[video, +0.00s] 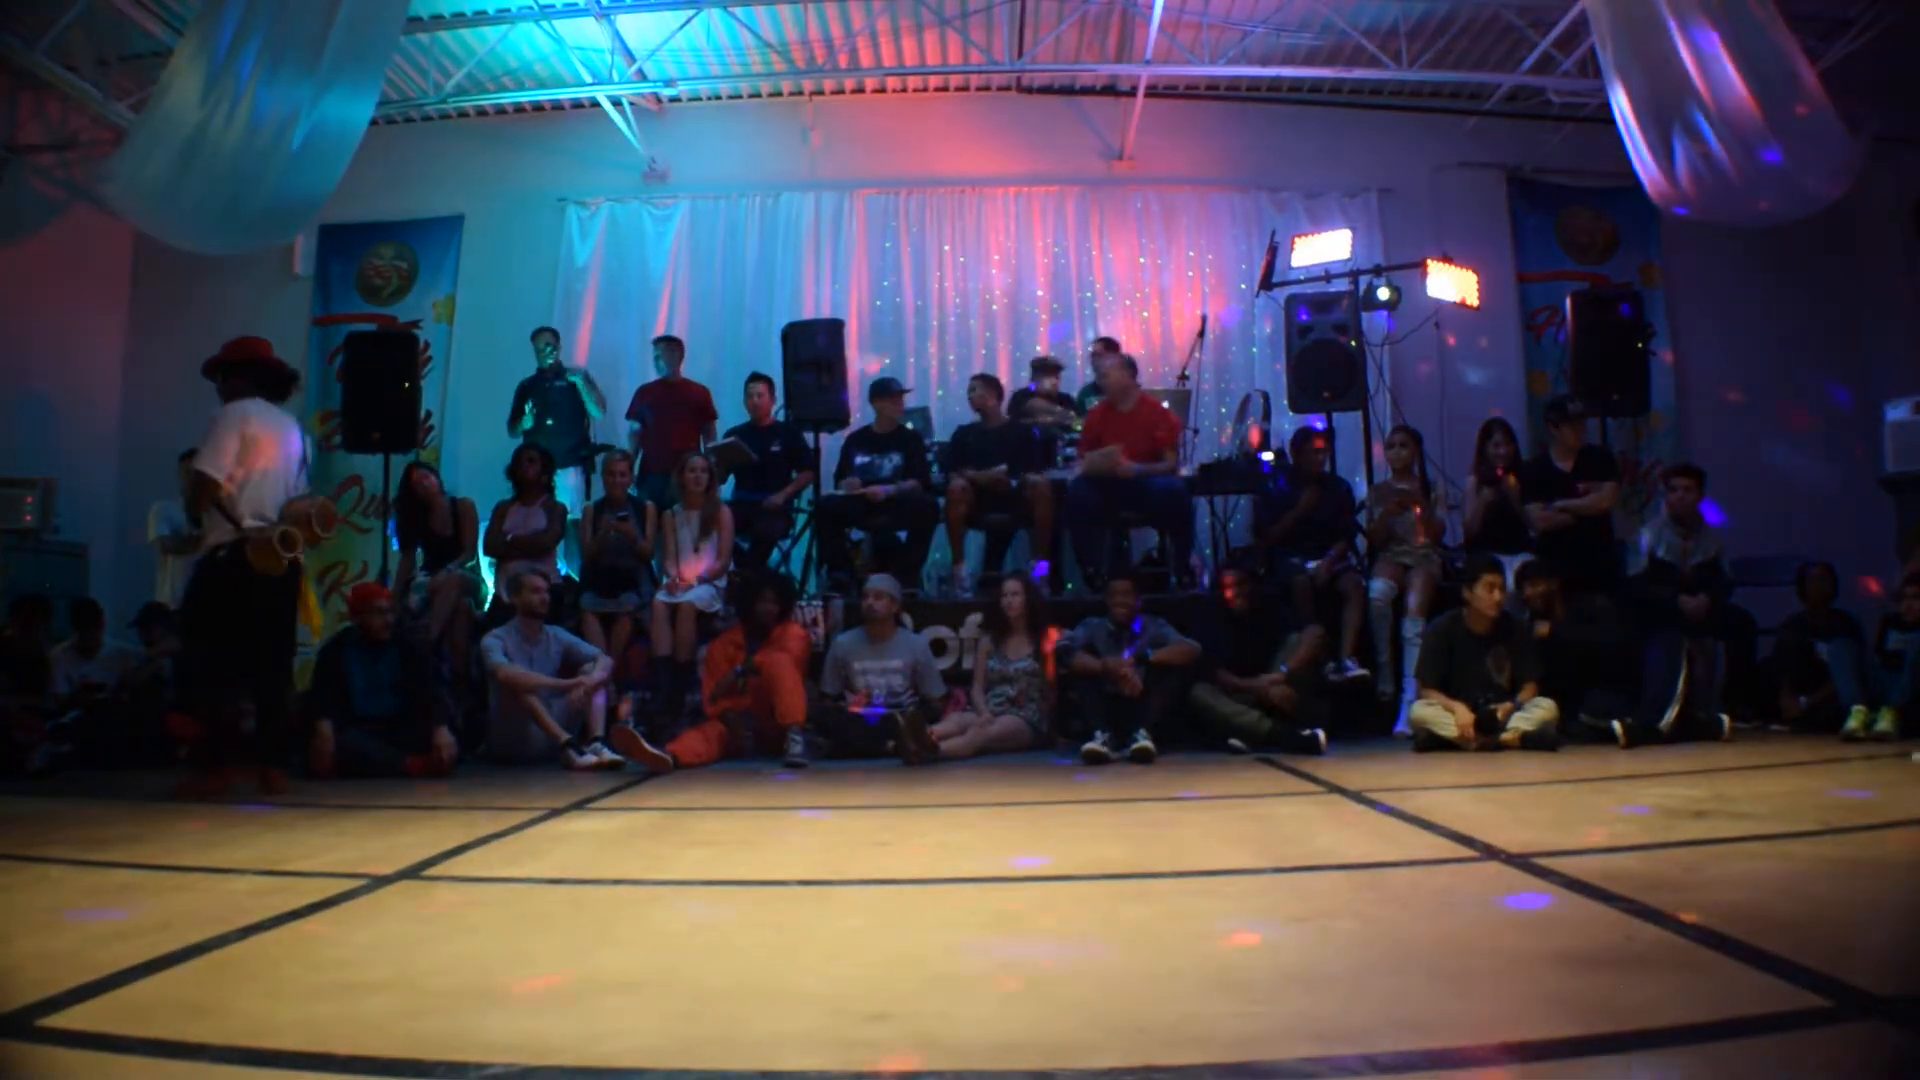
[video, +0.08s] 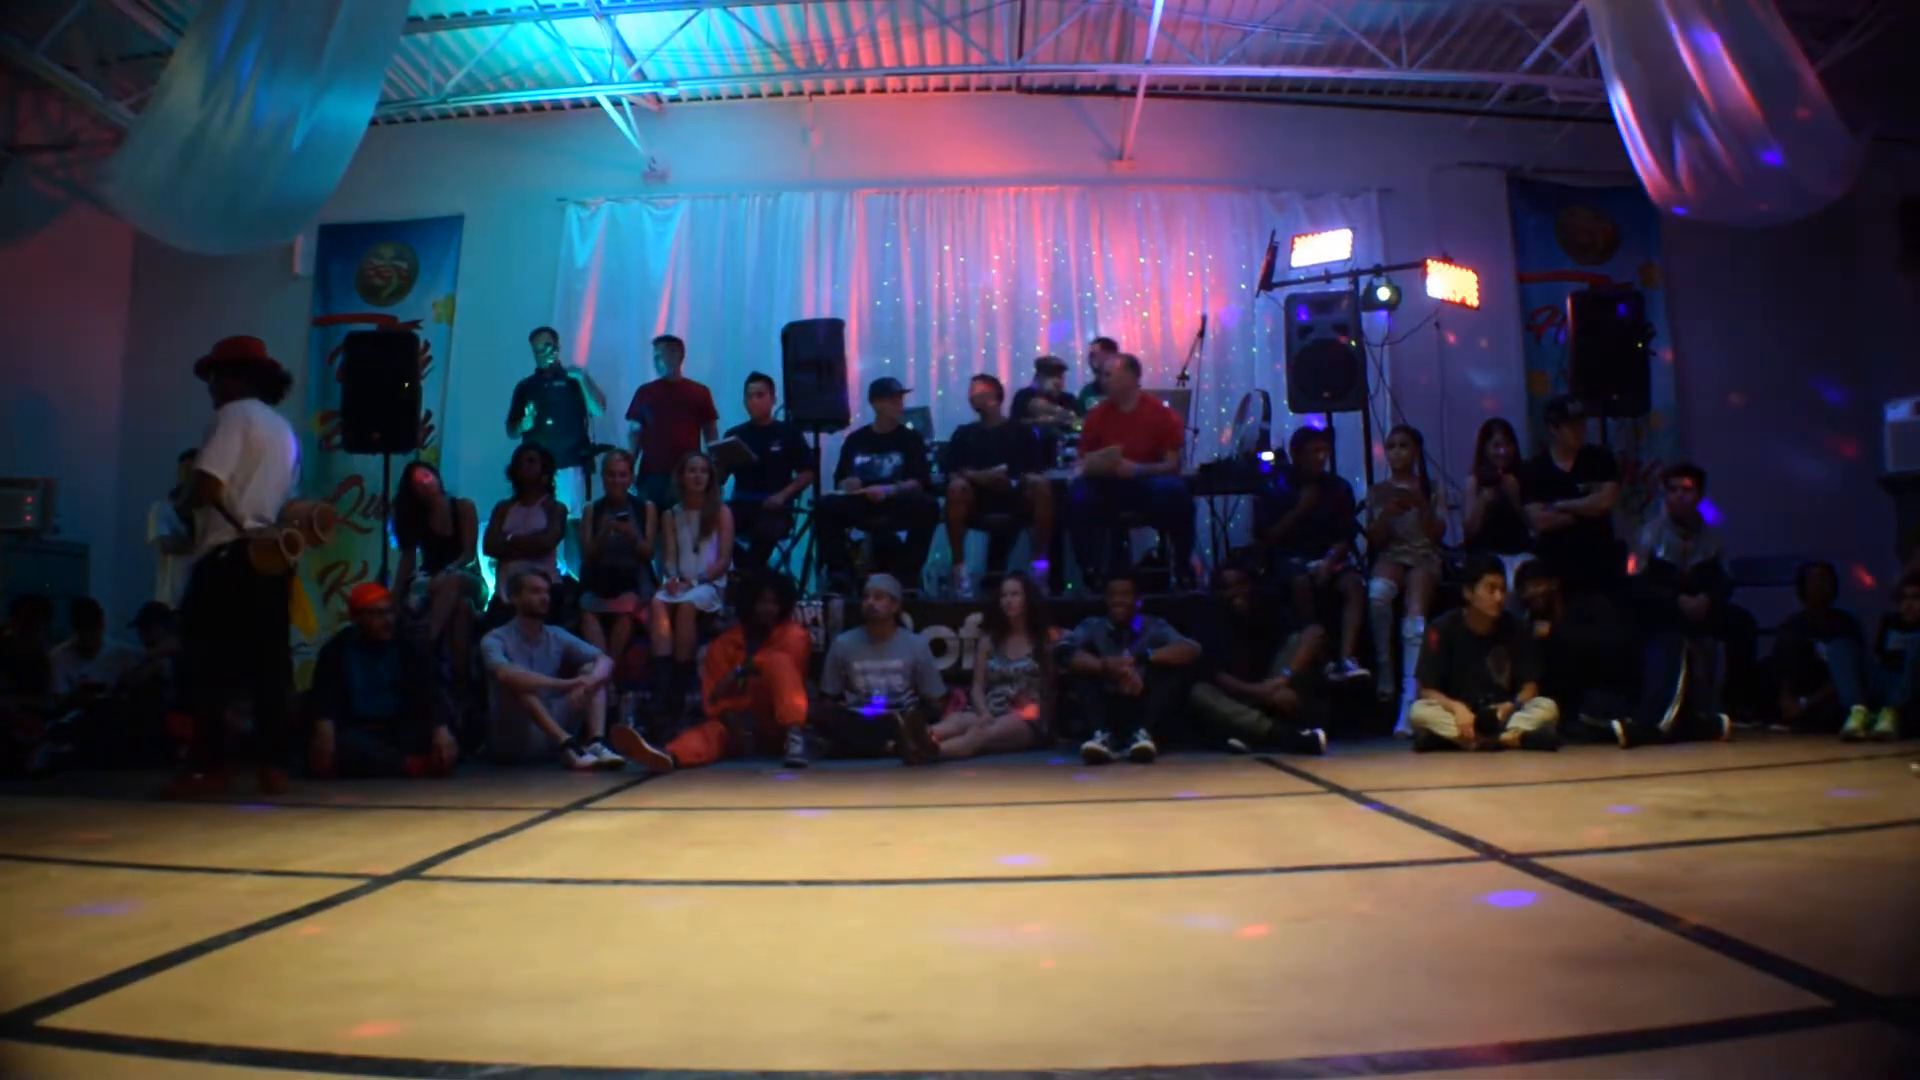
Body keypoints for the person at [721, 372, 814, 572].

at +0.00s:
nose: (754, 401)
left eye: (760, 396)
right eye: (749, 396)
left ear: (772, 400)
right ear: (745, 401)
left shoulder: (788, 433)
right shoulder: (734, 435)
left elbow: (808, 472)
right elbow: (720, 478)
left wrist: (782, 496)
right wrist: (721, 458)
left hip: (774, 503)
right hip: (742, 503)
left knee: (766, 532)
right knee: (720, 523)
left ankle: (752, 574)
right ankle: (744, 564)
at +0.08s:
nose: (754, 401)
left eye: (760, 395)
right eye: (750, 396)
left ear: (773, 399)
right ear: (745, 401)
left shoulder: (788, 433)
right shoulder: (734, 435)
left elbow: (808, 472)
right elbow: (720, 477)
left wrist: (782, 496)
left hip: (774, 503)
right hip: (742, 502)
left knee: (767, 532)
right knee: (721, 524)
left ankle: (752, 573)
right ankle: (743, 565)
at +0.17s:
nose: (754, 402)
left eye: (760, 396)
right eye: (750, 396)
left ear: (773, 400)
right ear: (745, 401)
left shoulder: (788, 433)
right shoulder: (735, 435)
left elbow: (808, 472)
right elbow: (720, 474)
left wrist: (782, 496)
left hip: (774, 503)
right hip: (742, 502)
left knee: (766, 532)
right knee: (720, 525)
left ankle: (754, 573)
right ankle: (743, 564)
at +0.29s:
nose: (755, 402)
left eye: (760, 396)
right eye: (750, 397)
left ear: (773, 400)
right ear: (746, 402)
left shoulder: (789, 433)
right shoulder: (736, 436)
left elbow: (809, 471)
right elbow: (721, 477)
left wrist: (783, 493)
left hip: (776, 501)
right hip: (743, 501)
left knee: (767, 532)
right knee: (721, 524)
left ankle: (753, 572)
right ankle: (744, 564)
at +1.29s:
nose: (754, 406)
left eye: (759, 399)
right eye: (749, 400)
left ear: (772, 400)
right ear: (744, 403)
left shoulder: (789, 433)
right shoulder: (739, 434)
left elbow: (805, 473)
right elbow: (720, 477)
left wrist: (775, 468)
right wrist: (727, 455)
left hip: (777, 503)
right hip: (743, 501)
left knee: (766, 530)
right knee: (718, 524)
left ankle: (752, 574)